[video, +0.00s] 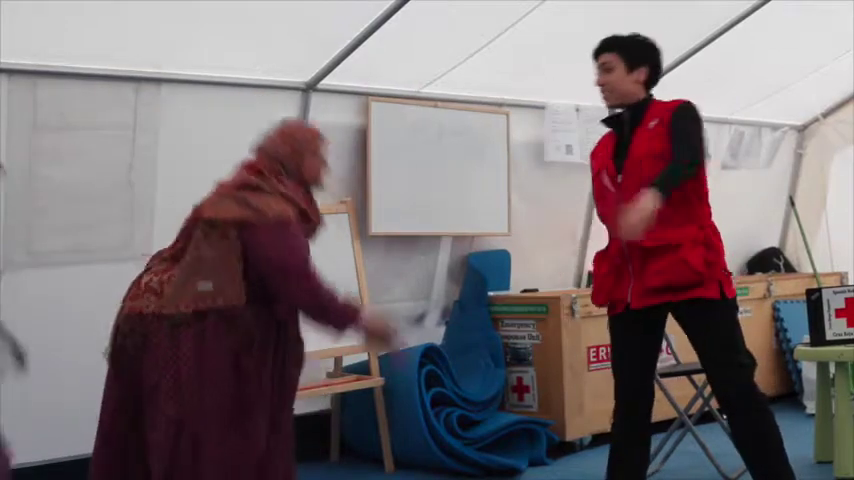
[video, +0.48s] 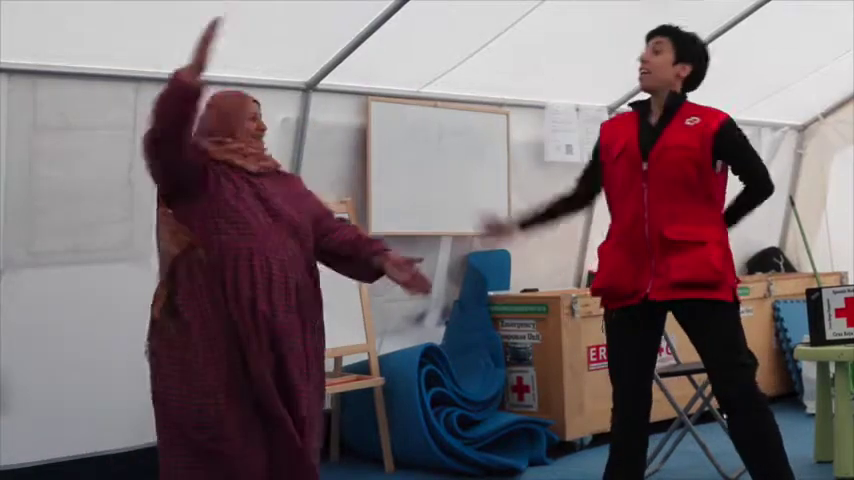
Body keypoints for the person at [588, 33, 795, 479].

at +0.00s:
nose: (599, 80)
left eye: (607, 70)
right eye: (597, 72)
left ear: (641, 74)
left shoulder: (679, 113)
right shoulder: (603, 149)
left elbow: (686, 162)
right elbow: (614, 215)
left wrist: (650, 196)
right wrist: (613, 266)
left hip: (692, 271)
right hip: (630, 282)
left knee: (736, 388)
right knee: (630, 406)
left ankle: (776, 476)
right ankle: (623, 479)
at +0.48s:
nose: (641, 59)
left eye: (655, 53)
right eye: (644, 52)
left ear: (683, 71)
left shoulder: (712, 125)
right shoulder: (614, 130)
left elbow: (760, 185)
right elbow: (581, 196)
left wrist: (718, 224)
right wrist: (517, 225)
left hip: (697, 274)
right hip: (628, 279)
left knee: (739, 395)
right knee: (629, 409)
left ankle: (776, 477)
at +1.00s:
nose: (760, 183)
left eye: (770, 173)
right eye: (751, 171)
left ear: (781, 170)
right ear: (735, 161)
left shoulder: (786, 206)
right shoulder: (690, 188)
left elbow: (753, 258)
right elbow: (674, 256)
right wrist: (712, 304)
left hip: (730, 289)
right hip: (660, 285)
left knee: (754, 394)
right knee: (640, 397)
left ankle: (776, 473)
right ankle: (623, 474)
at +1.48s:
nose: (775, 318)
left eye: (785, 309)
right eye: (767, 308)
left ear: (802, 289)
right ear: (751, 285)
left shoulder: (803, 266)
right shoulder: (712, 295)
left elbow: (773, 219)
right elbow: (731, 384)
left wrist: (706, 214)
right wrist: (761, 448)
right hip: (660, 293)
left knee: (760, 390)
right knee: (645, 397)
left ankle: (780, 470)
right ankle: (626, 472)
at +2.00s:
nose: (672, 71)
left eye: (686, 62)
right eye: (669, 62)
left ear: (715, 75)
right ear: (665, 71)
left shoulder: (746, 135)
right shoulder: (641, 125)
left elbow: (756, 201)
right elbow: (591, 151)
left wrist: (707, 219)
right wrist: (542, 165)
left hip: (727, 282)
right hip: (654, 281)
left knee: (757, 401)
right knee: (640, 404)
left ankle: (778, 476)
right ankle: (625, 479)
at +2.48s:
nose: (630, 69)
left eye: (641, 60)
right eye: (629, 62)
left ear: (673, 72)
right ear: (630, 74)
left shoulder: (710, 127)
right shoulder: (617, 136)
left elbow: (759, 181)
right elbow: (627, 206)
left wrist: (795, 230)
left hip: (702, 278)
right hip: (633, 282)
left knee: (743, 396)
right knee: (630, 404)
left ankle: (774, 477)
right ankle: (623, 479)